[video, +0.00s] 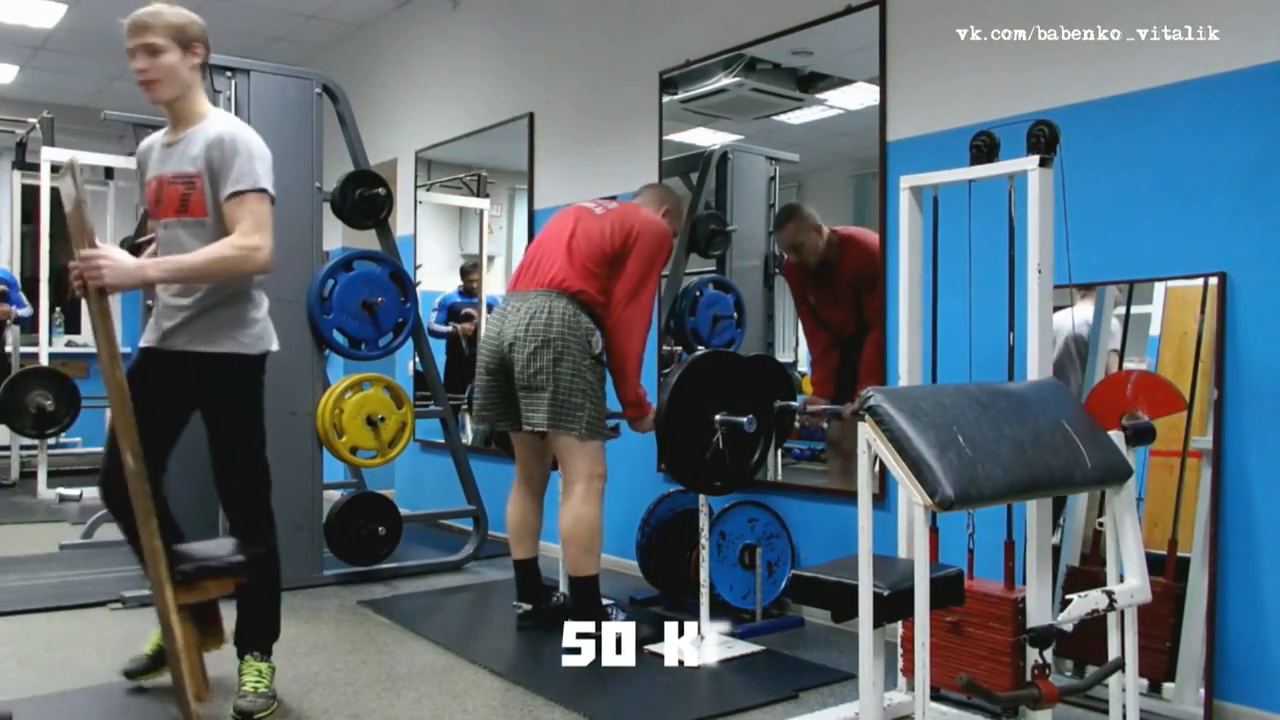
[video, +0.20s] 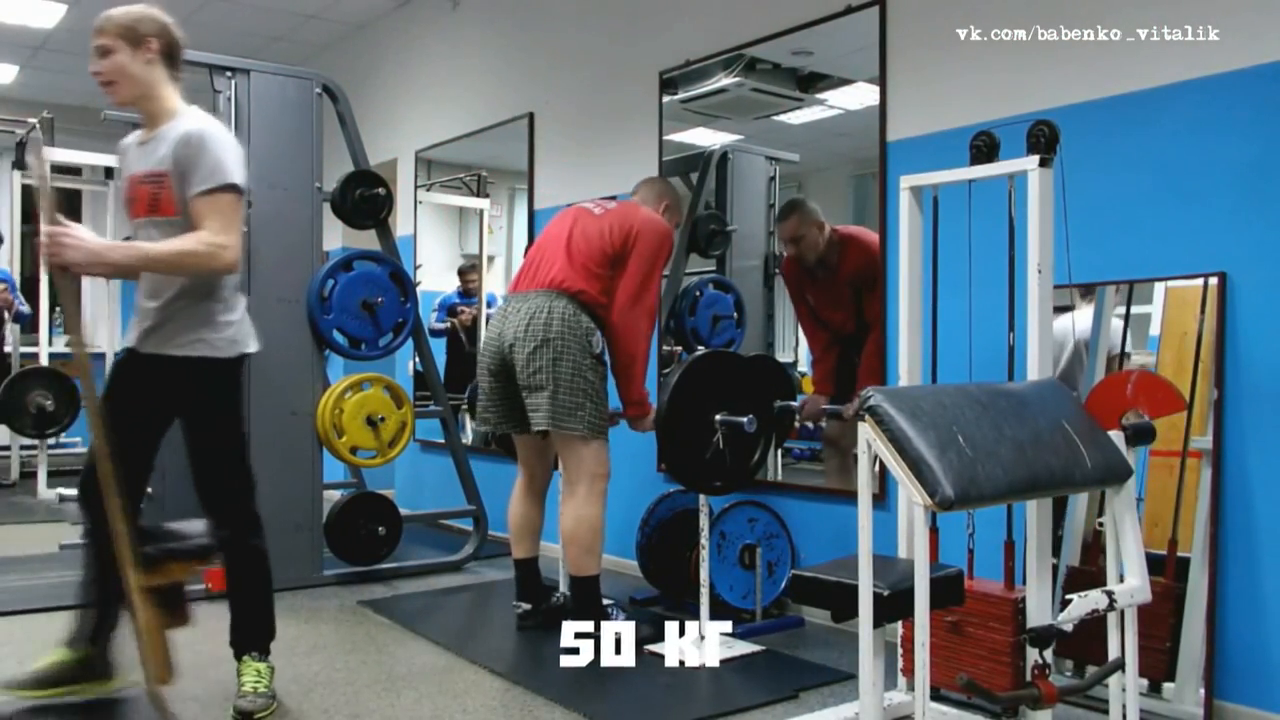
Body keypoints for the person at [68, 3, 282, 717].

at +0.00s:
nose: (140, 67)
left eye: (153, 52)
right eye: (133, 56)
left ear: (195, 55)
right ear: (131, 67)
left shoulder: (234, 139)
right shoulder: (150, 151)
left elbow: (255, 249)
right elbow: (156, 242)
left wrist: (141, 270)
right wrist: (112, 265)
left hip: (232, 346)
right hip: (166, 345)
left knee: (246, 498)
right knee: (122, 481)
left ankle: (256, 653)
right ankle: (192, 618)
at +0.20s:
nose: (98, 69)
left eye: (108, 53)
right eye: (95, 57)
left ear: (153, 53)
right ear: (126, 62)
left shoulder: (204, 136)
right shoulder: (131, 150)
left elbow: (223, 250)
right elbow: (148, 253)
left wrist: (108, 256)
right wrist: (91, 254)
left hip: (213, 351)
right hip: (149, 349)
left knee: (230, 506)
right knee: (104, 490)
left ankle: (254, 658)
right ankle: (92, 649)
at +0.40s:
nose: (49, 65)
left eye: (59, 51)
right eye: (47, 54)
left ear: (105, 51)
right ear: (85, 58)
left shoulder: (157, 136)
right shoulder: (74, 152)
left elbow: (170, 247)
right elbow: (89, 259)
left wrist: (52, 247)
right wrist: (35, 268)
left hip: (154, 350)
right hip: (86, 349)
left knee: (185, 501)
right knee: (47, 500)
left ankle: (245, 648)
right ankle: (51, 669)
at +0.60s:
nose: (4, 50)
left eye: (15, 35)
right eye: (1, 39)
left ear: (62, 40)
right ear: (11, 52)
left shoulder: (108, 125)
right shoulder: (13, 135)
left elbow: (116, 241)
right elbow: (27, 239)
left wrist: (11, 256)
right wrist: (12, 277)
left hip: (113, 326)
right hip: (43, 334)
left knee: (113, 483)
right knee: (27, 492)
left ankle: (181, 649)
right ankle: (49, 659)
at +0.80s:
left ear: (14, 33)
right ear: (17, 36)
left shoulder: (55, 116)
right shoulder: (17, 129)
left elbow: (89, 238)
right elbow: (62, 238)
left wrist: (0, 253)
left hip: (88, 331)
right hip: (42, 337)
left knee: (64, 506)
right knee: (27, 505)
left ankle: (102, 696)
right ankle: (66, 677)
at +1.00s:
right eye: (3, 26)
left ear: (5, 22)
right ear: (16, 25)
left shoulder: (36, 95)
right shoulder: (24, 102)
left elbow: (45, 233)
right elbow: (42, 232)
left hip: (75, 326)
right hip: (49, 328)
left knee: (50, 502)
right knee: (27, 497)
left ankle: (100, 693)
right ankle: (43, 653)